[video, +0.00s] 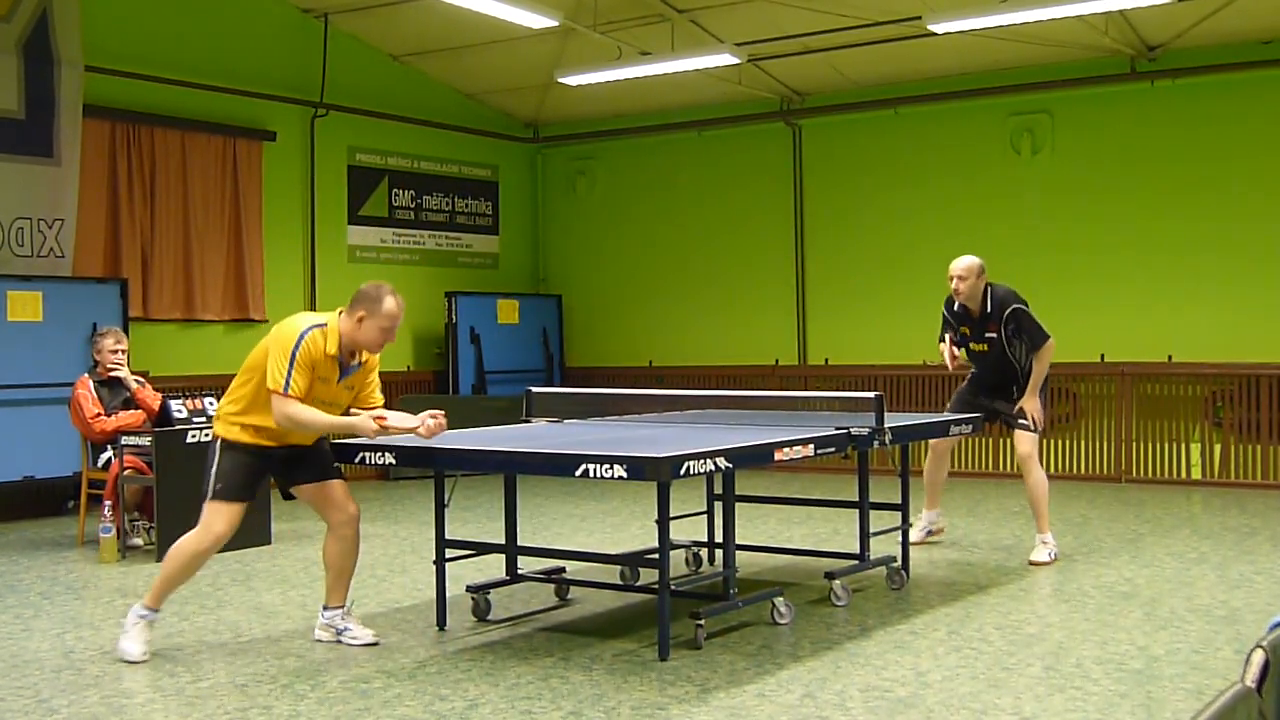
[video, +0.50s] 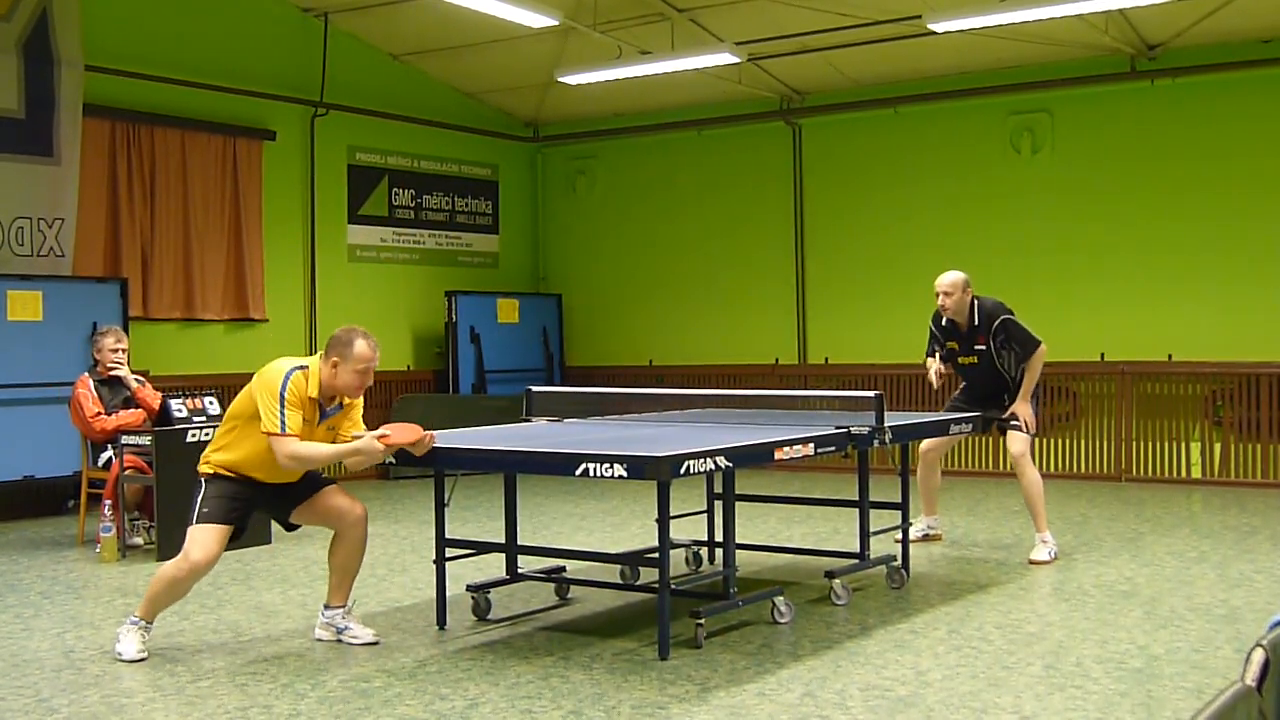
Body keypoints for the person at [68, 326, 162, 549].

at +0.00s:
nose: (120, 357)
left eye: (123, 352)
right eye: (113, 352)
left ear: (128, 354)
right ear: (97, 355)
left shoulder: (137, 382)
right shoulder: (84, 386)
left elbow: (163, 413)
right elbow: (96, 429)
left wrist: (133, 385)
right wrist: (141, 416)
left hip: (146, 446)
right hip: (111, 449)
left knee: (170, 468)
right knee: (132, 474)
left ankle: (151, 521)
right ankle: (131, 519)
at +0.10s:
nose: (120, 357)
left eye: (123, 352)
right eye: (113, 351)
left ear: (128, 354)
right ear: (97, 355)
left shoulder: (137, 382)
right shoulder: (84, 385)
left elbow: (162, 413)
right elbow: (96, 428)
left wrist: (132, 385)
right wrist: (142, 416)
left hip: (146, 446)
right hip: (111, 449)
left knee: (169, 468)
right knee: (133, 473)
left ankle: (151, 521)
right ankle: (131, 519)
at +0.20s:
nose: (119, 357)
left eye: (123, 352)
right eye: (113, 351)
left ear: (128, 355)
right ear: (97, 355)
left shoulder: (137, 382)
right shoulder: (84, 385)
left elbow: (162, 413)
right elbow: (96, 428)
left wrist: (132, 385)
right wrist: (142, 416)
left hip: (146, 446)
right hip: (110, 449)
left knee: (169, 469)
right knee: (133, 474)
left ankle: (150, 520)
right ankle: (130, 519)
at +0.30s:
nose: (120, 357)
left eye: (124, 352)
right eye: (113, 351)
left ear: (128, 354)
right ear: (97, 354)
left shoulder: (137, 381)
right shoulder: (85, 385)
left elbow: (162, 413)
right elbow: (97, 427)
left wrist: (132, 384)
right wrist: (141, 416)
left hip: (145, 446)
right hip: (111, 449)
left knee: (169, 469)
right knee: (133, 474)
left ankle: (147, 519)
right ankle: (130, 519)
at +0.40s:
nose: (120, 357)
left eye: (124, 352)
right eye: (114, 351)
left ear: (128, 354)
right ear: (97, 354)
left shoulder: (137, 381)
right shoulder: (85, 385)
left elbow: (162, 412)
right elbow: (97, 427)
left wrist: (132, 384)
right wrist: (141, 416)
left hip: (145, 446)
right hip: (111, 449)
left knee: (169, 469)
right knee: (133, 474)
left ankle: (148, 520)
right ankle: (130, 518)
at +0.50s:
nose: (120, 356)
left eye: (124, 351)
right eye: (113, 351)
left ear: (128, 354)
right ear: (97, 354)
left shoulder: (137, 381)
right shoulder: (84, 385)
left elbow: (163, 412)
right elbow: (97, 428)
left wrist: (133, 384)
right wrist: (142, 415)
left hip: (146, 446)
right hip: (112, 449)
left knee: (170, 469)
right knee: (133, 474)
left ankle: (152, 521)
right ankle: (131, 519)